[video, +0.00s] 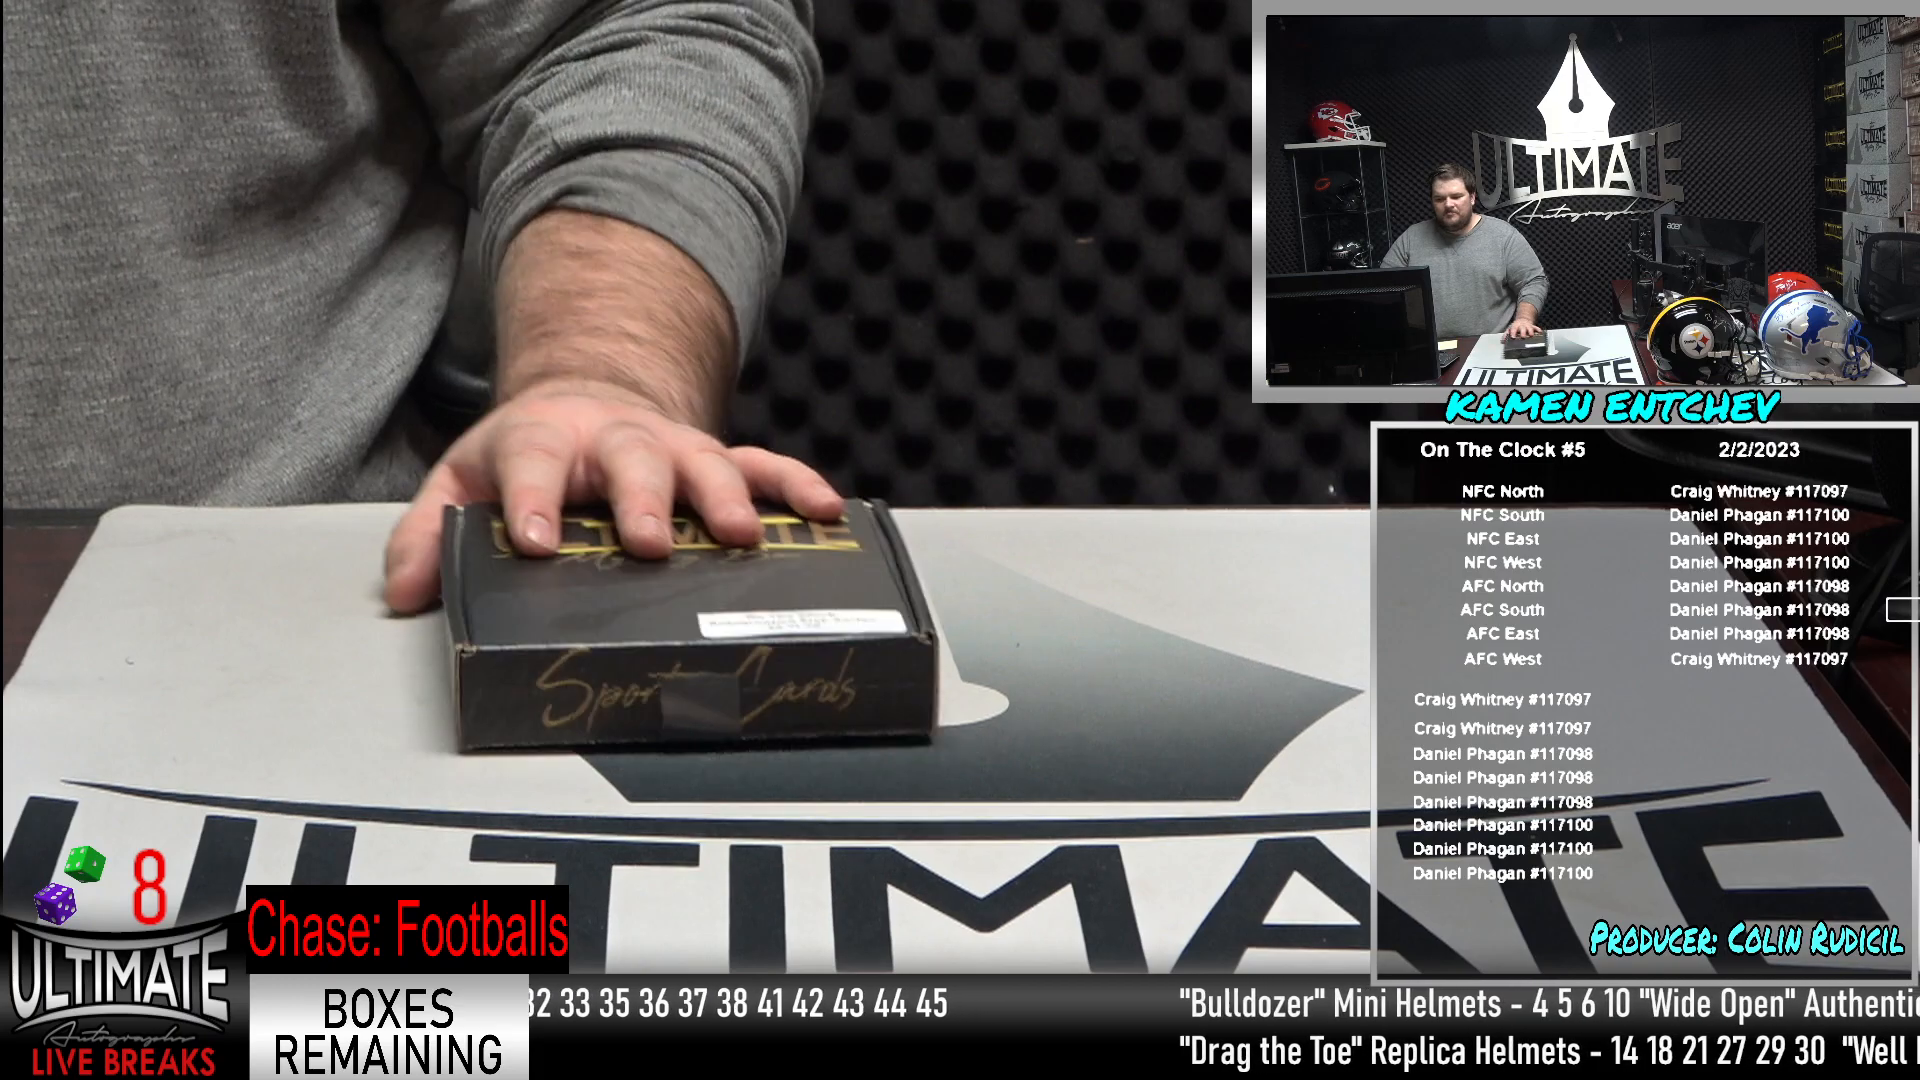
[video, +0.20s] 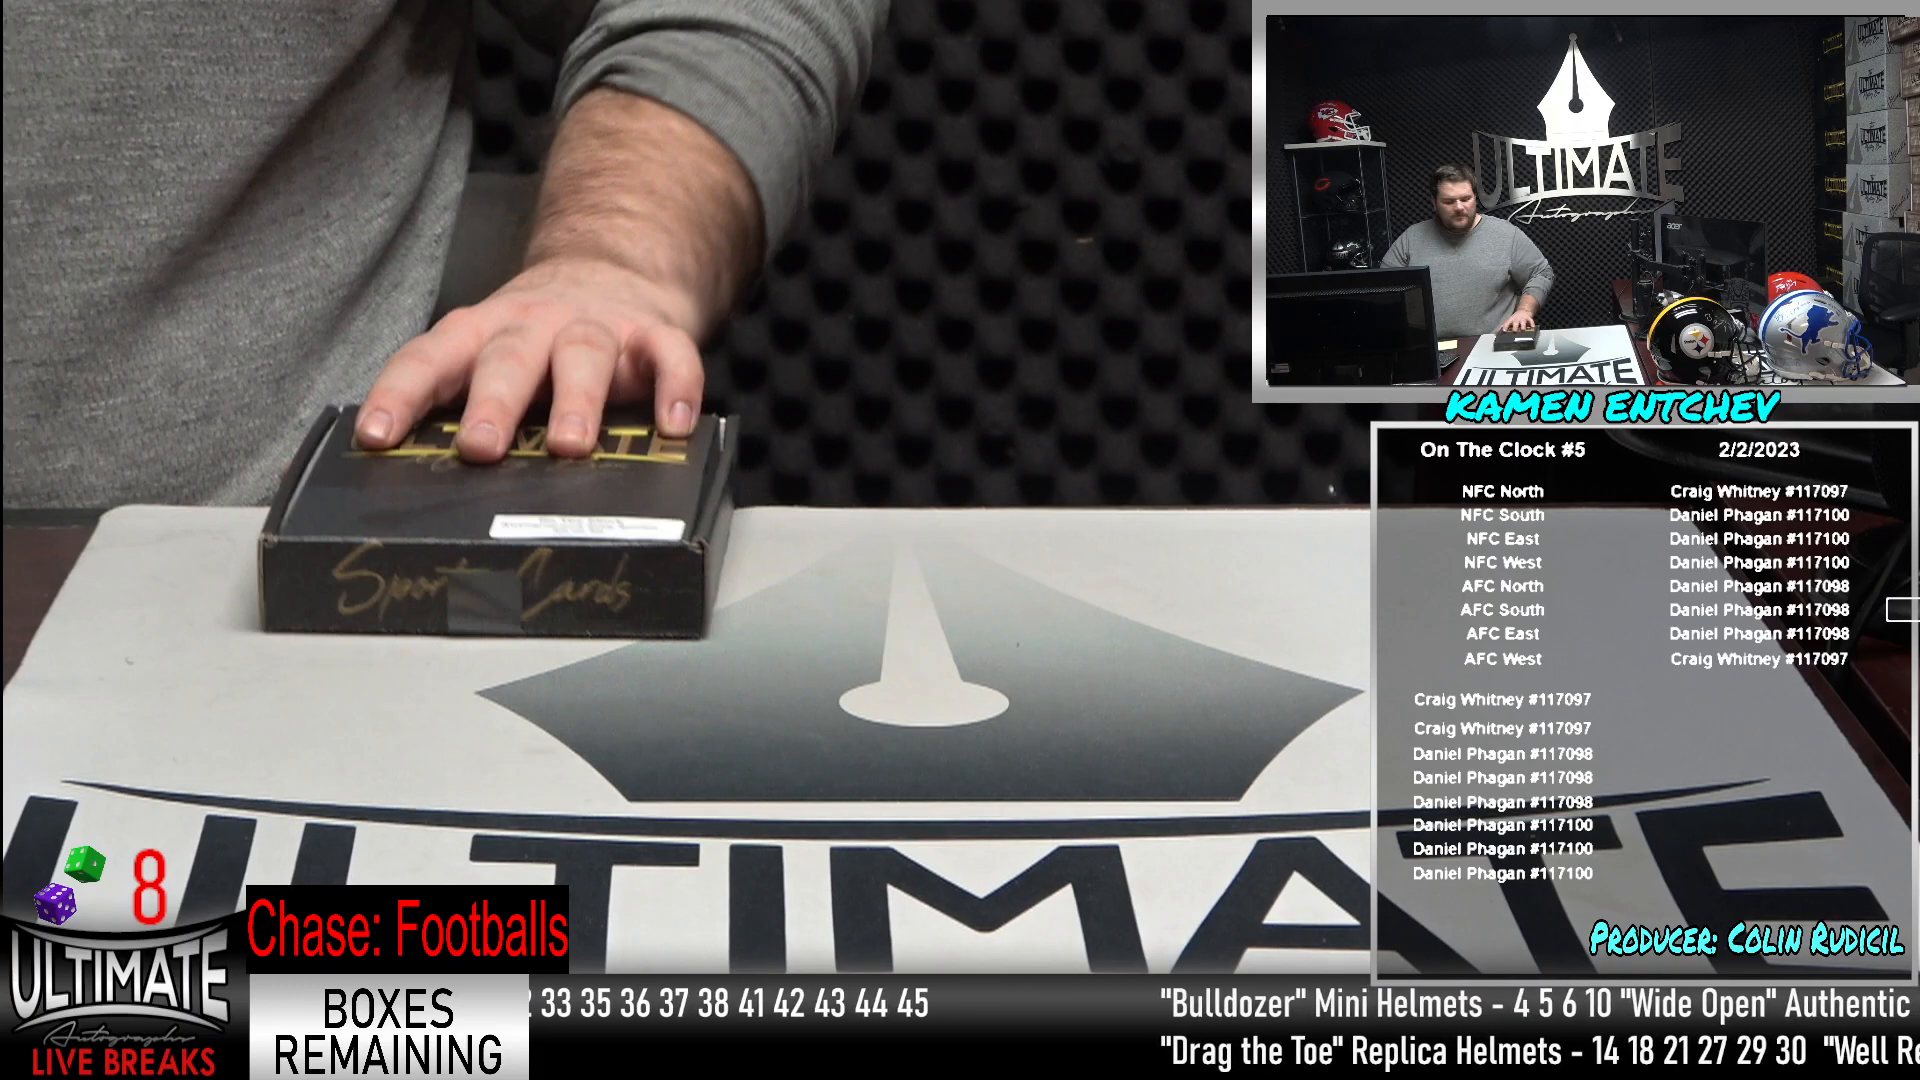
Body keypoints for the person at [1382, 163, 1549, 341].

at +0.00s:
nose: (1449, 204)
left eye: (1456, 196)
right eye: (1440, 198)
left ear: (1472, 197)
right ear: (1432, 202)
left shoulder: (1503, 236)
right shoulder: (1412, 239)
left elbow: (1534, 280)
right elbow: (1383, 285)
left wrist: (1524, 318)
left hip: (1494, 353)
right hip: (1430, 357)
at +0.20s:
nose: (1459, 208)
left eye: (1465, 199)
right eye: (1449, 201)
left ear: (1475, 198)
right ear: (1435, 203)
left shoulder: (1506, 236)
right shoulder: (1412, 239)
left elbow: (1541, 273)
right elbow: (1383, 285)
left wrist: (1525, 310)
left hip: (1496, 352)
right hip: (1431, 355)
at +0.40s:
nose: (1466, 212)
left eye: (1470, 203)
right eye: (1456, 206)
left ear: (1477, 198)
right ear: (1437, 206)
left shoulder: (1508, 235)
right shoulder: (1412, 240)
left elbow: (1542, 269)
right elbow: (1383, 287)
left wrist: (1531, 307)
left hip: (1498, 353)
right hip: (1432, 356)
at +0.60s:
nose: (1467, 212)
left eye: (1471, 203)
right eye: (1457, 207)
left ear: (1478, 198)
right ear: (1437, 206)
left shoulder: (1507, 235)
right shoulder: (1413, 239)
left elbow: (1542, 269)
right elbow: (1384, 289)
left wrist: (1533, 306)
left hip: (1498, 352)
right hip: (1432, 356)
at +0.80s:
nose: (1467, 212)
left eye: (1472, 203)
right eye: (1457, 206)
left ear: (1478, 199)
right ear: (1437, 206)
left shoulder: (1508, 235)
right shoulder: (1413, 238)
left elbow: (1543, 269)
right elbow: (1386, 289)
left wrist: (1534, 304)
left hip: (1498, 352)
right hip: (1433, 356)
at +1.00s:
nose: (1457, 207)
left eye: (1464, 198)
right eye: (1448, 200)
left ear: (1477, 199)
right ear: (1437, 201)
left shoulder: (1508, 235)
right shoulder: (1415, 237)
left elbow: (1544, 270)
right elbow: (1388, 287)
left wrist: (1533, 291)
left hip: (1496, 352)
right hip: (1432, 355)